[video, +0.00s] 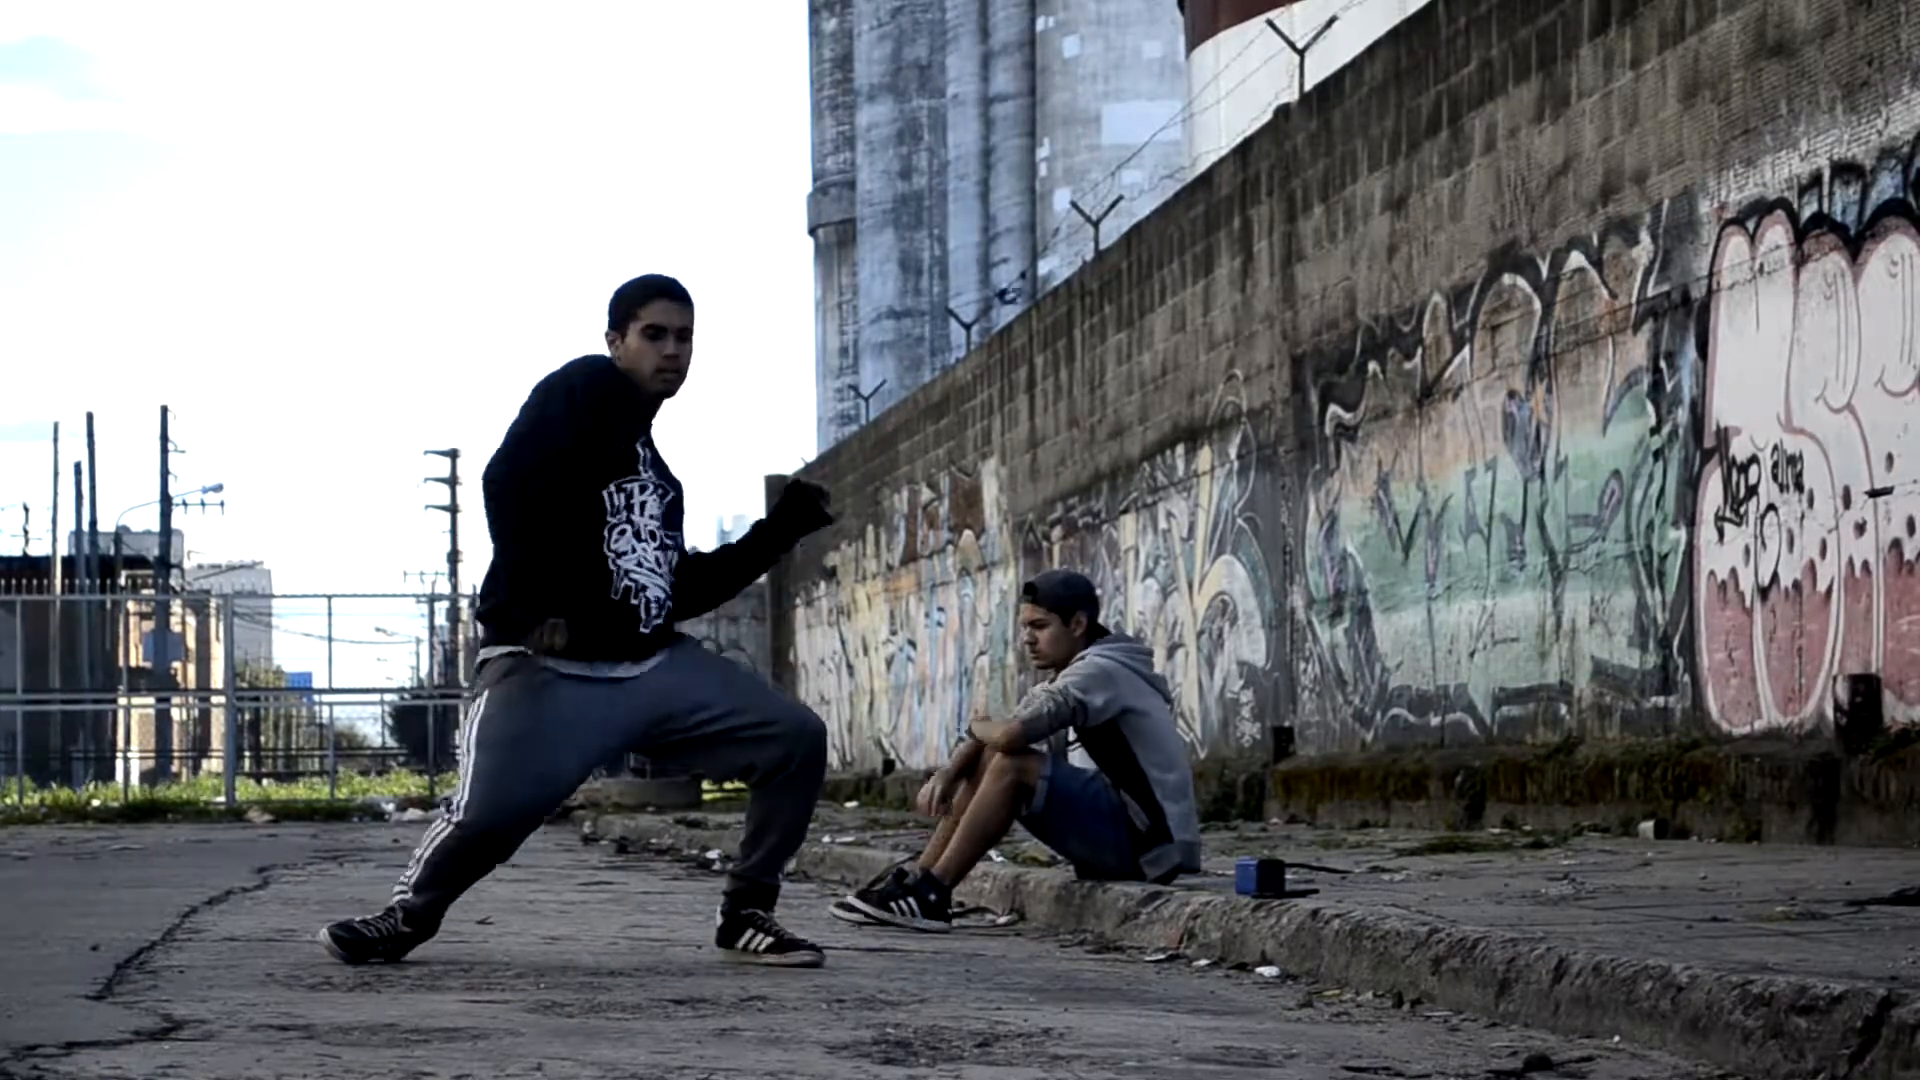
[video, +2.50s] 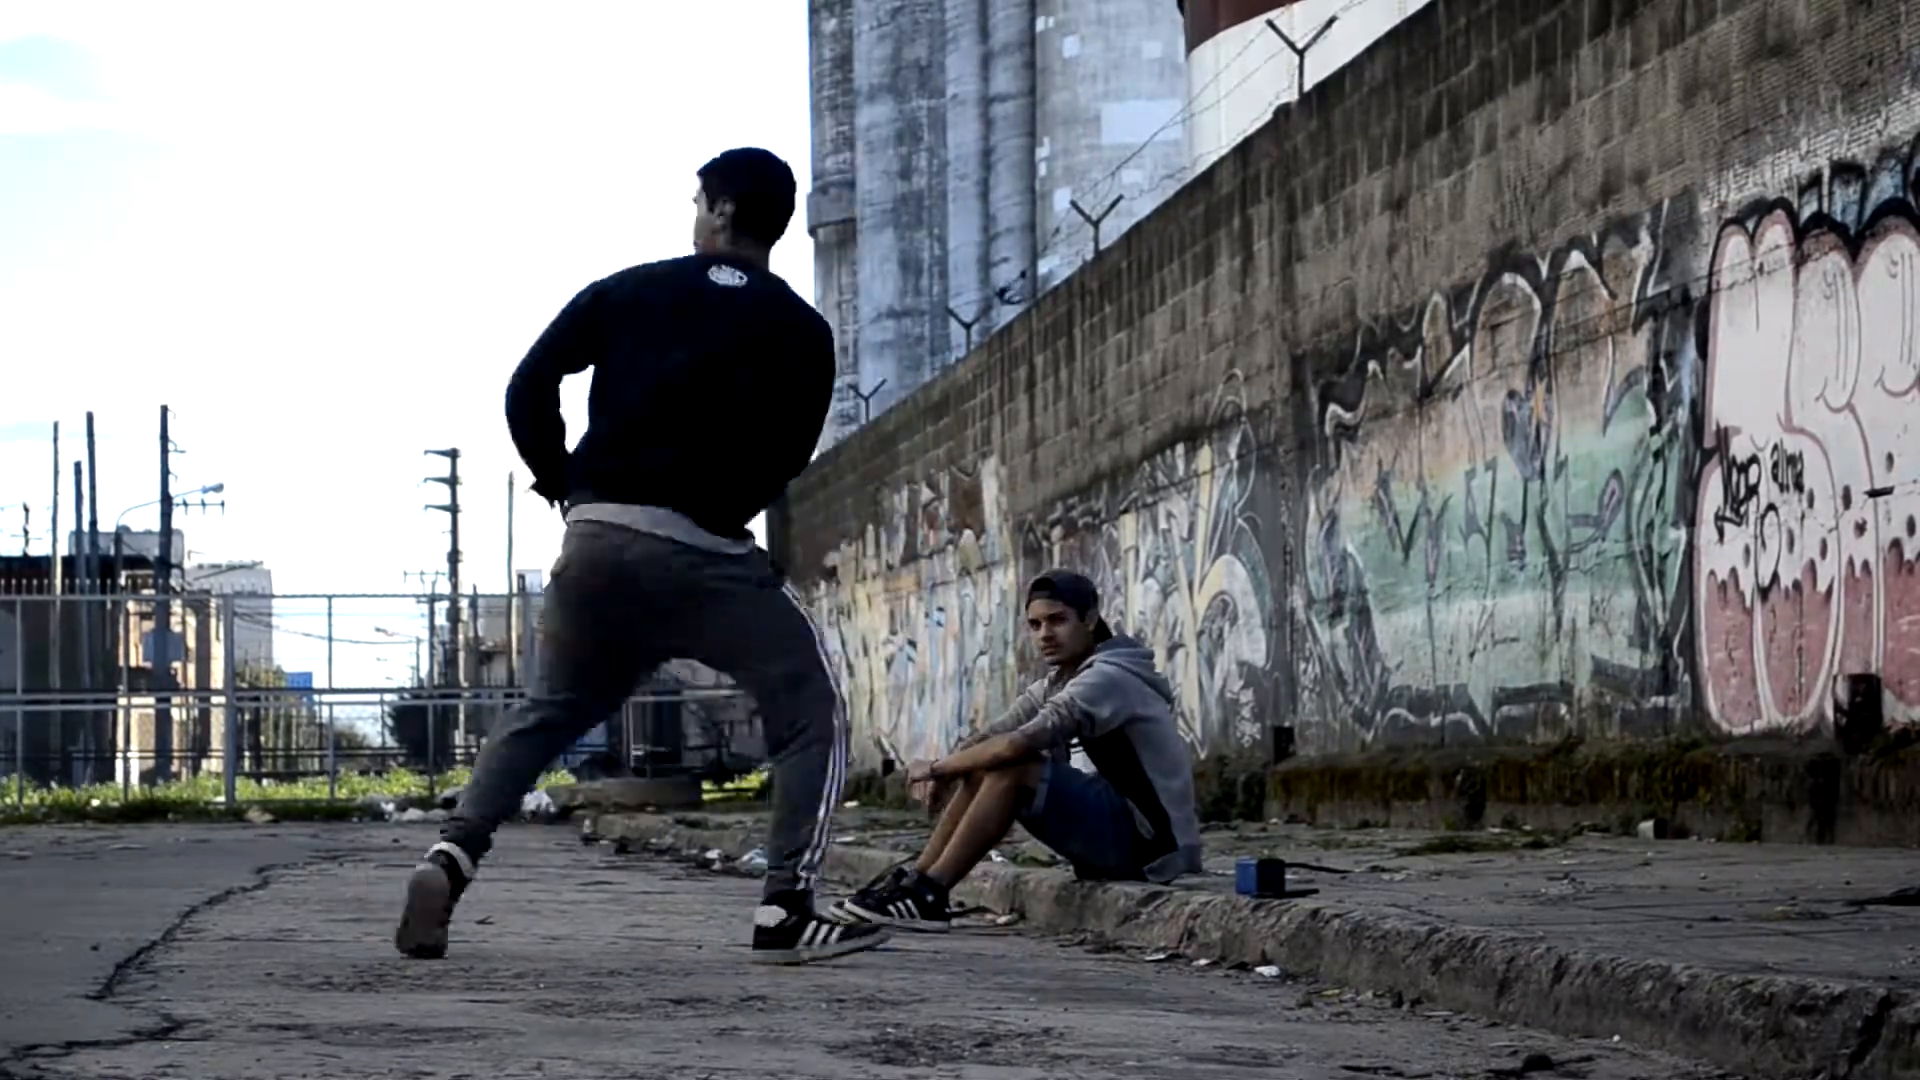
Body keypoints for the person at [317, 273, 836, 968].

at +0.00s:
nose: (674, 351)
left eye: (685, 338)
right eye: (656, 335)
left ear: (693, 349)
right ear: (616, 340)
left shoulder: (659, 480)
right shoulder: (585, 386)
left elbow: (681, 593)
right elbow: (510, 481)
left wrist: (778, 530)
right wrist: (538, 601)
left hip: (658, 664)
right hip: (550, 669)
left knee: (797, 738)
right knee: (489, 816)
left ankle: (747, 916)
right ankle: (406, 920)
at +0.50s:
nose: (597, 192)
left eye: (608, 177)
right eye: (579, 177)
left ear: (620, 185)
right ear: (542, 188)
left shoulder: (681, 283)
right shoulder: (507, 292)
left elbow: (762, 383)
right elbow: (409, 407)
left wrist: (716, 451)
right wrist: (501, 468)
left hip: (670, 557)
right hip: (549, 554)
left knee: (715, 715)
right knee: (475, 696)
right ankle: (442, 837)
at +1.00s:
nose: (666, 222)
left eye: (678, 210)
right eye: (648, 212)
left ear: (697, 225)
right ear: (619, 234)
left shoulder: (754, 300)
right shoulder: (625, 365)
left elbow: (848, 369)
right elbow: (581, 483)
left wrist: (852, 453)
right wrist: (521, 430)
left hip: (801, 580)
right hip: (701, 588)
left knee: (790, 768)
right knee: (718, 728)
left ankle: (698, 843)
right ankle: (790, 907)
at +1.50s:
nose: (834, 284)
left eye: (845, 271)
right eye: (817, 267)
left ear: (852, 281)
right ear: (775, 271)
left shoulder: (851, 383)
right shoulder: (736, 373)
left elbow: (895, 497)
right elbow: (719, 518)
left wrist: (965, 504)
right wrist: (758, 417)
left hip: (965, 579)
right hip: (879, 591)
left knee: (1055, 741)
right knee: (884, 771)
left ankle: (982, 919)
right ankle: (776, 896)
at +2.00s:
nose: (836, 179)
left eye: (851, 164)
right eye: (818, 161)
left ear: (865, 176)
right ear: (785, 171)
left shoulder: (872, 286)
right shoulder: (738, 281)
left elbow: (863, 434)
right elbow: (710, 435)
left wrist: (858, 559)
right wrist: (730, 582)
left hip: (793, 526)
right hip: (727, 516)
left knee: (719, 739)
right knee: (794, 703)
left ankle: (539, 779)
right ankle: (754, 902)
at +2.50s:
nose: (695, 220)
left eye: (699, 207)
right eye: (700, 206)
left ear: (716, 213)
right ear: (780, 229)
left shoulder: (632, 290)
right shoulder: (808, 334)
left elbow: (529, 387)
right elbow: (790, 457)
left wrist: (568, 484)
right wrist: (716, 504)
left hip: (597, 550)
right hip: (711, 566)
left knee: (544, 713)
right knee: (811, 713)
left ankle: (452, 852)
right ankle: (787, 906)